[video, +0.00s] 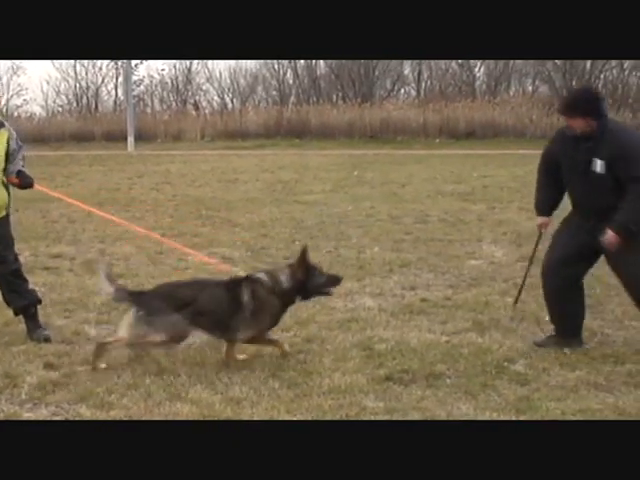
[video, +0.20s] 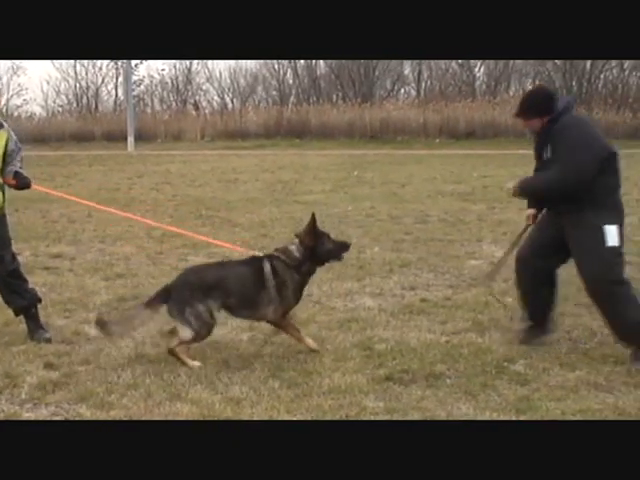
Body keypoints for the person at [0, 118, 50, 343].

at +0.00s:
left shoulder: (6, 134)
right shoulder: (7, 135)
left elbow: (13, 164)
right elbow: (14, 165)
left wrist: (21, 177)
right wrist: (20, 176)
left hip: (1, 211)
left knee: (9, 266)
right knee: (8, 266)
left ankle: (32, 322)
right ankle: (32, 321)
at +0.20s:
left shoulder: (6, 136)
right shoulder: (8, 137)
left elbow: (11, 164)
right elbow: (12, 165)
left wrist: (17, 176)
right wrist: (16, 176)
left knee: (8, 266)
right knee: (7, 266)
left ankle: (33, 321)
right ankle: (32, 321)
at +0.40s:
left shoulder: (6, 136)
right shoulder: (8, 137)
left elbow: (10, 166)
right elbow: (11, 168)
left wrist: (20, 177)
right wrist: (19, 178)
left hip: (0, 213)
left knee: (8, 266)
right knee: (7, 266)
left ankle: (33, 320)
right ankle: (33, 319)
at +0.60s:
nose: (0, 102)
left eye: (2, 98)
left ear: (3, 103)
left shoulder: (9, 135)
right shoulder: (9, 135)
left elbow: (14, 164)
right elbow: (14, 165)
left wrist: (22, 175)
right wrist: (21, 175)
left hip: (1, 212)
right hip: (2, 213)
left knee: (9, 266)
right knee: (9, 267)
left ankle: (36, 321)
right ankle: (35, 320)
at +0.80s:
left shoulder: (4, 137)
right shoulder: (5, 139)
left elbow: (7, 167)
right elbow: (7, 168)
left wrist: (17, 175)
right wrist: (16, 175)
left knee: (8, 264)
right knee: (8, 264)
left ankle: (35, 318)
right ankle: (35, 318)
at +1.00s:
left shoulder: (5, 135)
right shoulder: (6, 136)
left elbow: (11, 166)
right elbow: (12, 166)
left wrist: (22, 174)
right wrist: (21, 174)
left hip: (1, 213)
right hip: (2, 214)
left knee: (7, 265)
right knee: (7, 265)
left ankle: (30, 319)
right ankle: (29, 317)